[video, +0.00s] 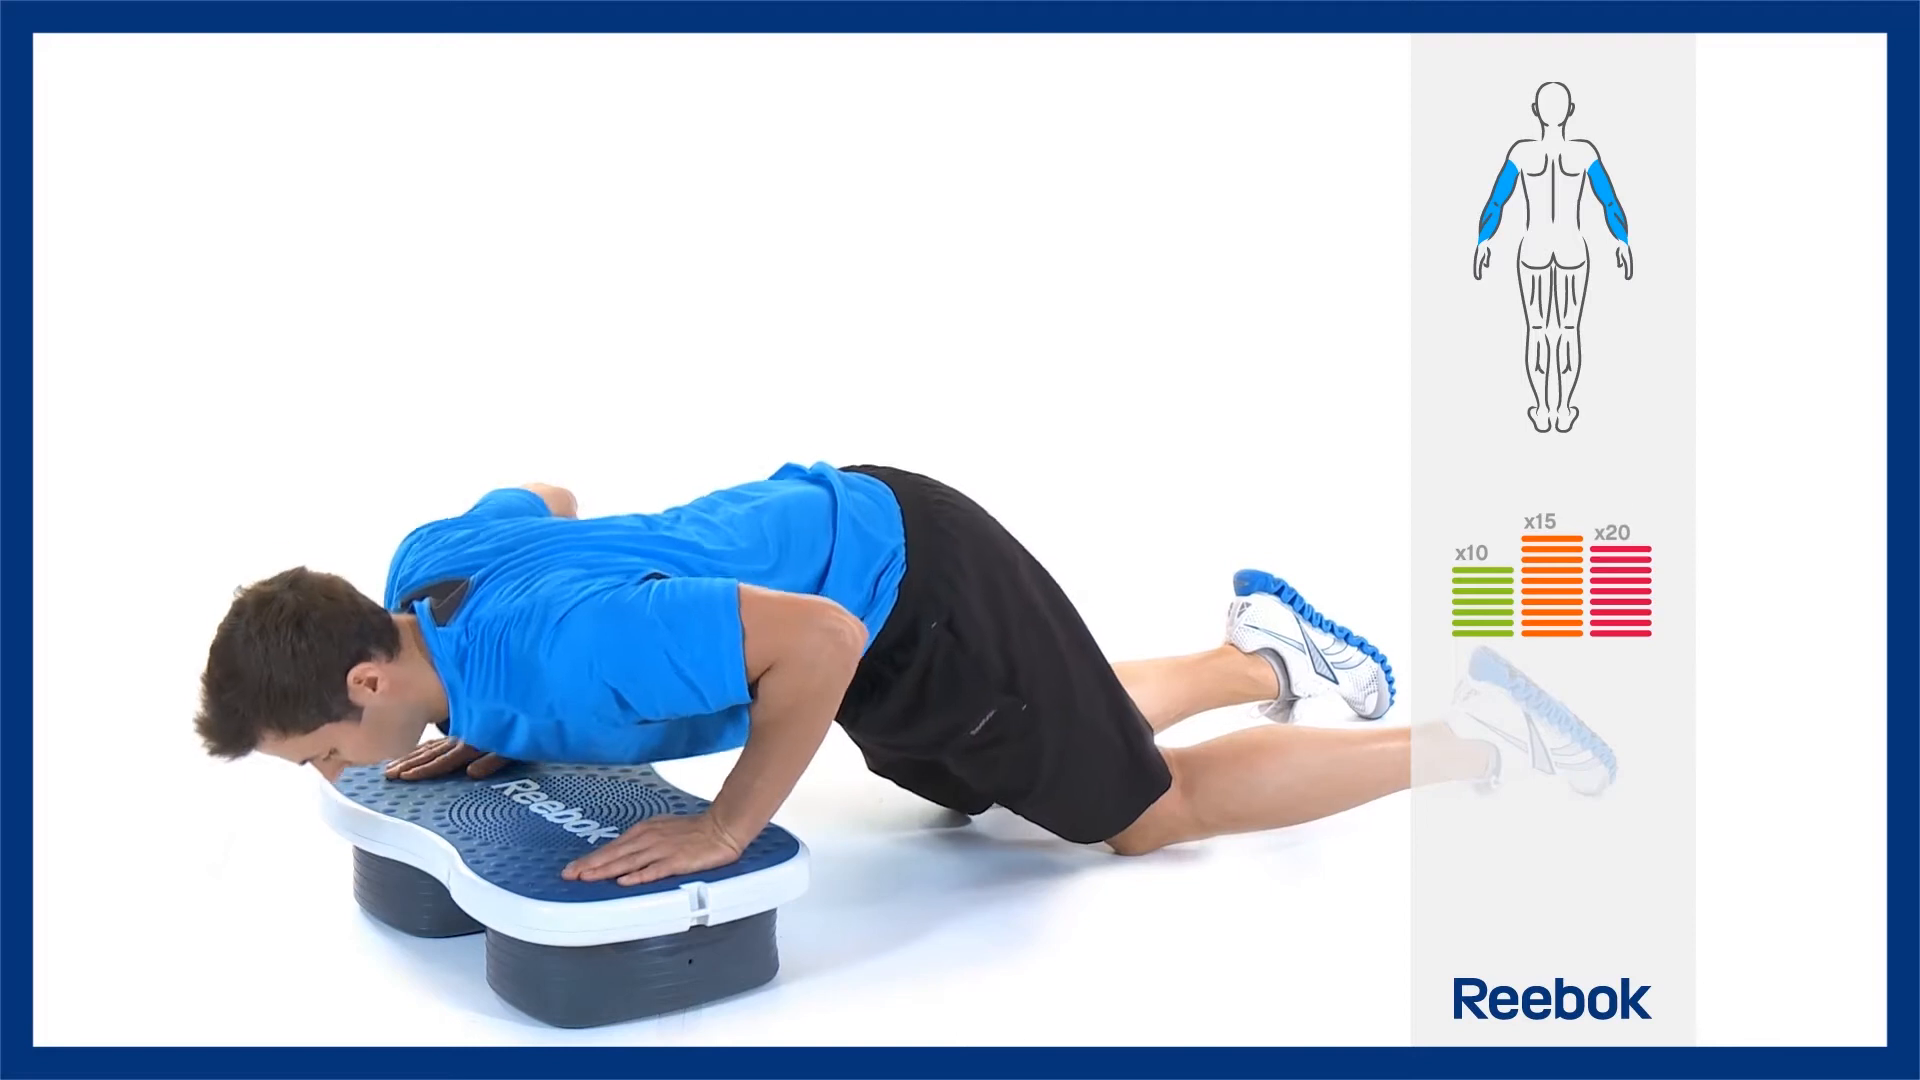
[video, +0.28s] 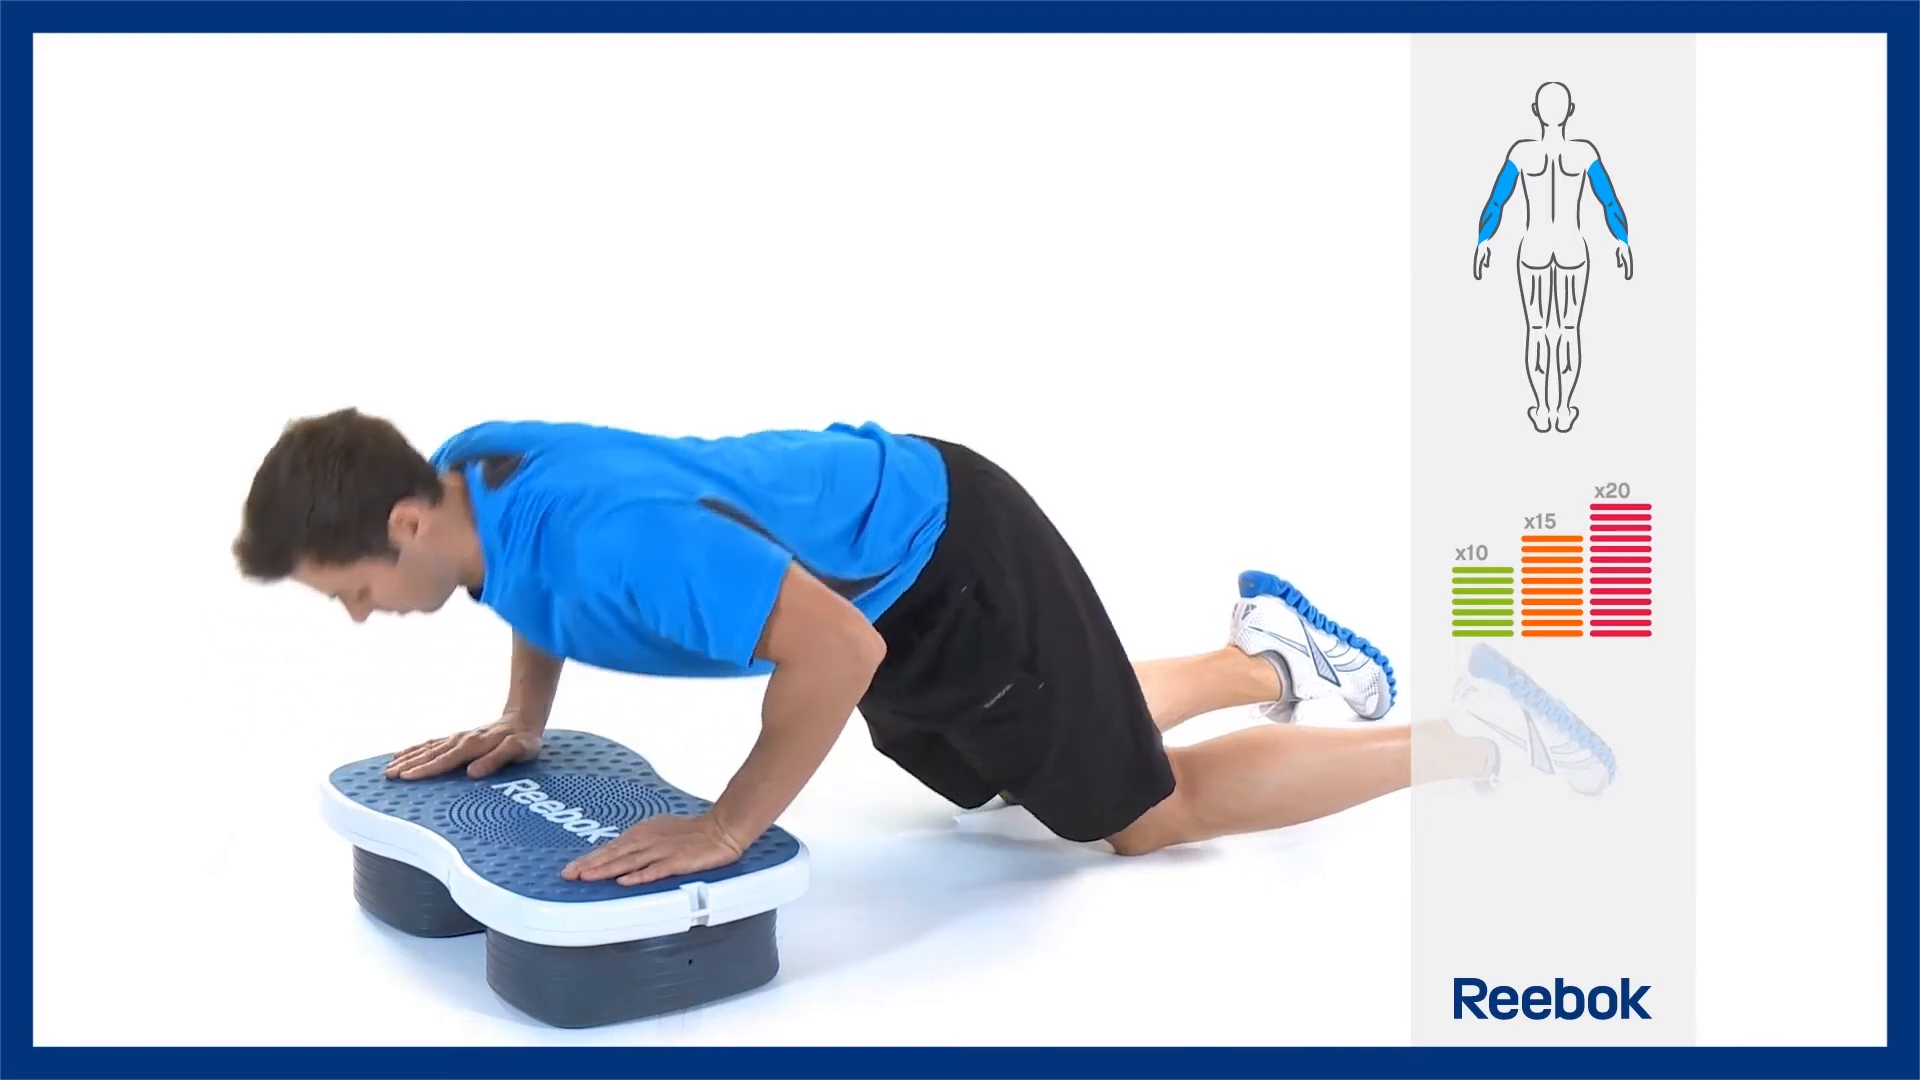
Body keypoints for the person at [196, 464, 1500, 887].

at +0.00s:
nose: (331, 778)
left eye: (317, 758)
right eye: (303, 767)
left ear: (367, 691)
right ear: (359, 664)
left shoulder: (578, 657)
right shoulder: (421, 586)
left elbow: (819, 640)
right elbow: (551, 499)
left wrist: (729, 826)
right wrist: (494, 691)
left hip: (918, 586)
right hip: (836, 629)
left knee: (1147, 809)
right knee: (1032, 758)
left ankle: (1472, 747)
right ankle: (1258, 658)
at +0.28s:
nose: (366, 618)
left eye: (349, 596)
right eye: (338, 604)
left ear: (397, 534)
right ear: (392, 507)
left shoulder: (599, 541)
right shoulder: (474, 469)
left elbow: (833, 644)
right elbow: (537, 586)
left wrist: (733, 821)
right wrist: (524, 717)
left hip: (951, 566)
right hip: (865, 590)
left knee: (1151, 808)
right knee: (1009, 763)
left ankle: (1458, 746)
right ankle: (1261, 660)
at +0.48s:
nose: (419, 457)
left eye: (416, 428)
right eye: (400, 437)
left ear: (486, 361)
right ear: (461, 370)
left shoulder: (665, 426)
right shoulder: (538, 395)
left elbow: (830, 631)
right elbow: (560, 531)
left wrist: (732, 821)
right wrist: (520, 716)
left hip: (994, 527)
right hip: (889, 580)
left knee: (1148, 810)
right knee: (1022, 768)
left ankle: (1469, 745)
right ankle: (1267, 662)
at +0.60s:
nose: (466, 369)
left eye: (466, 339)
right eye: (447, 349)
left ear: (540, 278)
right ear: (515, 287)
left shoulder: (707, 360)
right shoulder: (573, 351)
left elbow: (798, 597)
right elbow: (565, 527)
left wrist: (731, 814)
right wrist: (522, 720)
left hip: (1024, 507)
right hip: (915, 551)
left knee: (1155, 813)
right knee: (1022, 774)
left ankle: (1474, 742)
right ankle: (1266, 665)